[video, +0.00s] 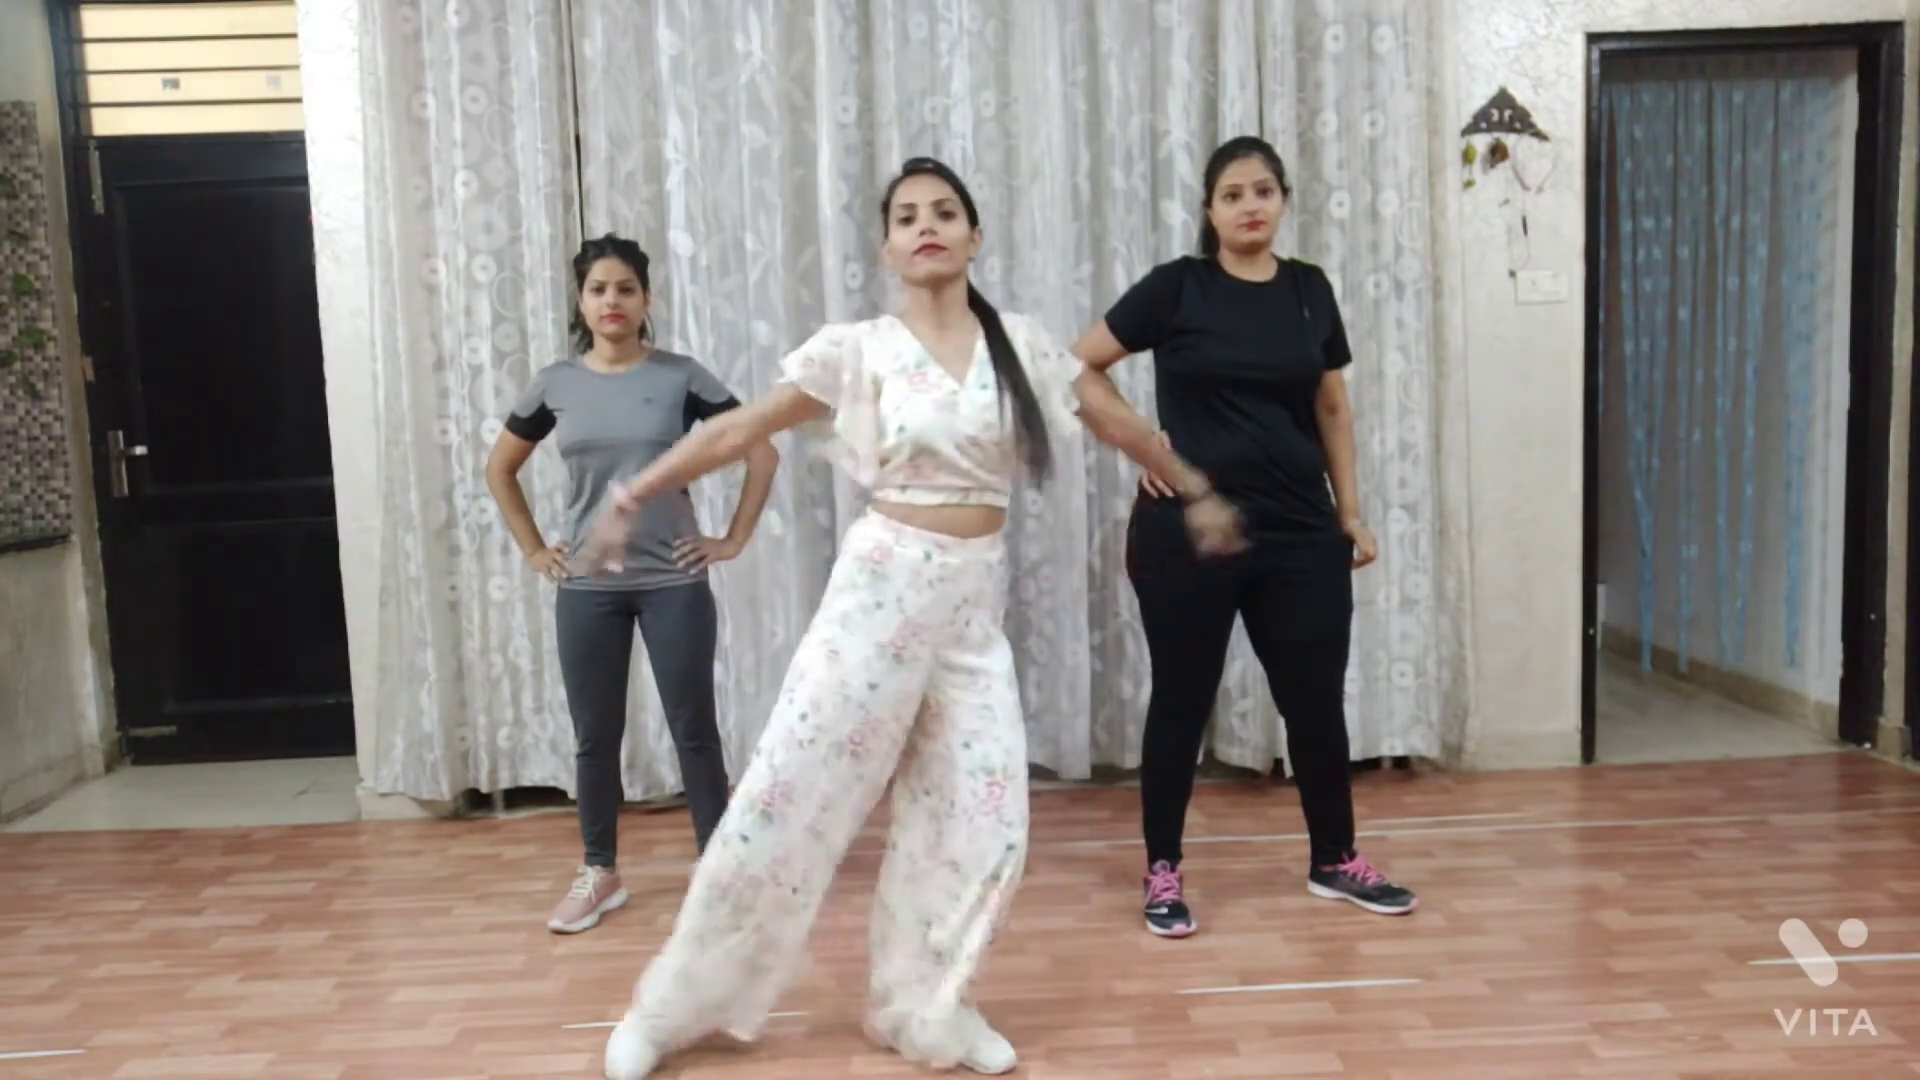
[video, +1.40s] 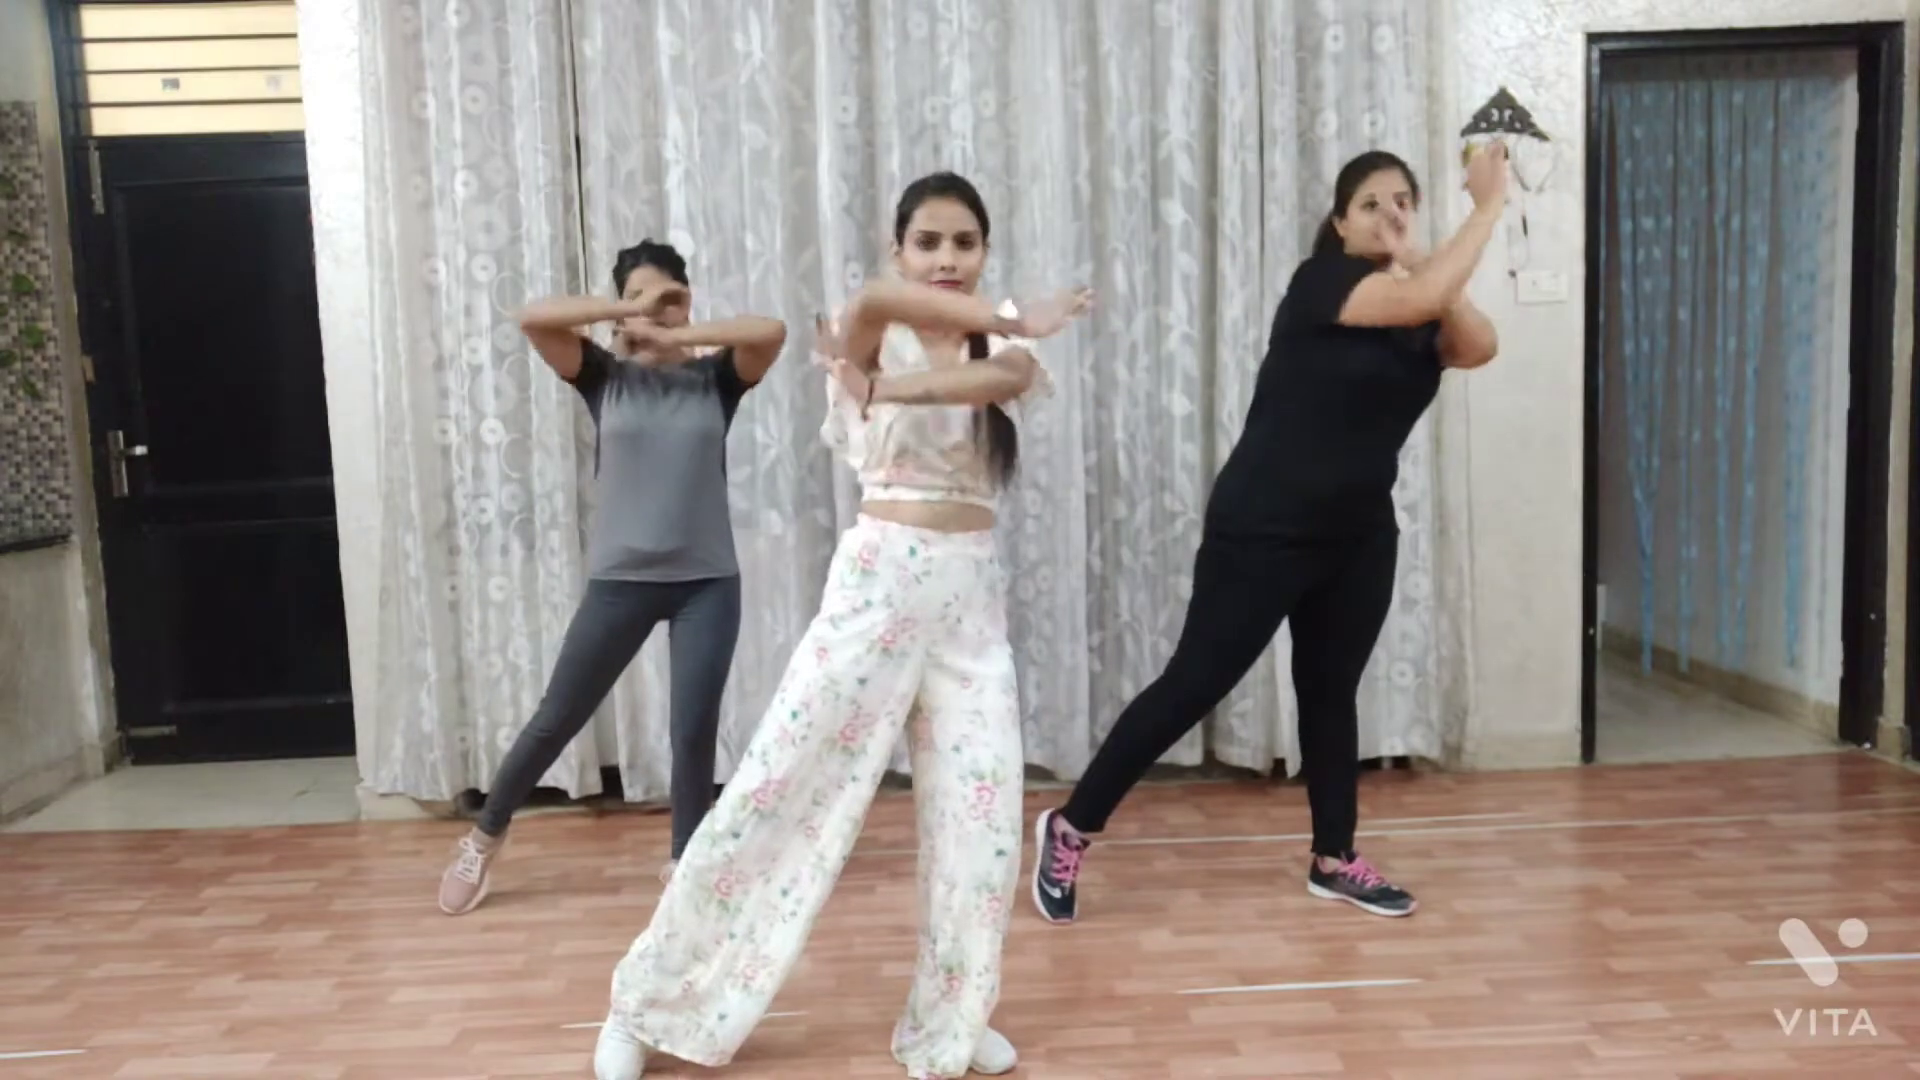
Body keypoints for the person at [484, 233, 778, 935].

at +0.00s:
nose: (612, 300)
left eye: (625, 288)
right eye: (598, 289)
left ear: (647, 299)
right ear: (580, 302)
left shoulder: (683, 379)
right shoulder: (555, 385)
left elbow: (764, 454)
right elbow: (499, 469)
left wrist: (735, 538)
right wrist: (535, 548)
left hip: (674, 580)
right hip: (587, 586)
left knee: (695, 733)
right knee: (595, 739)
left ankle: (719, 876)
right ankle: (599, 872)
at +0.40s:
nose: (621, 303)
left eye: (634, 290)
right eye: (608, 292)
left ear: (658, 297)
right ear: (591, 303)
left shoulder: (694, 379)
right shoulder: (569, 375)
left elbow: (752, 460)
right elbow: (473, 441)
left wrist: (806, 518)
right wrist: (473, 529)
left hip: (674, 574)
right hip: (589, 582)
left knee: (680, 732)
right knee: (595, 738)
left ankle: (687, 873)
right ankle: (599, 873)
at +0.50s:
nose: (629, 307)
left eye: (642, 293)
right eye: (616, 295)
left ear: (667, 299)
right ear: (601, 305)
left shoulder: (701, 377)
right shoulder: (583, 372)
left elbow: (757, 443)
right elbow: (521, 414)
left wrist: (826, 497)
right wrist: (470, 445)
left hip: (680, 578)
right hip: (596, 580)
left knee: (683, 733)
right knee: (587, 736)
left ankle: (687, 871)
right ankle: (597, 872)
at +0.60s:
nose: (632, 309)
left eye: (646, 295)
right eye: (620, 298)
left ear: (675, 302)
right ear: (606, 309)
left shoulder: (707, 379)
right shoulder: (600, 372)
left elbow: (750, 421)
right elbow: (565, 384)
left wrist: (807, 455)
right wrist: (524, 370)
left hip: (688, 580)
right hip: (605, 581)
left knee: (688, 726)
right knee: (567, 721)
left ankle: (685, 869)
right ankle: (579, 864)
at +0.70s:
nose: (640, 313)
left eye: (653, 299)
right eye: (627, 301)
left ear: (683, 303)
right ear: (610, 309)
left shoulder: (709, 371)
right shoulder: (598, 366)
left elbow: (729, 389)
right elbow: (600, 375)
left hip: (701, 579)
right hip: (616, 577)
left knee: (691, 736)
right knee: (556, 716)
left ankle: (687, 874)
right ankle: (509, 851)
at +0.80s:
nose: (644, 312)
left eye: (656, 299)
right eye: (631, 303)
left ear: (685, 302)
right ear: (616, 311)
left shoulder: (724, 372)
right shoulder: (604, 365)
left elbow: (697, 378)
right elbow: (621, 362)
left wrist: (648, 343)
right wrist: (723, 320)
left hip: (708, 574)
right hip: (623, 575)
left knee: (696, 734)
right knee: (549, 714)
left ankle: (687, 876)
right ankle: (471, 836)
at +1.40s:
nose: (662, 314)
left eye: (674, 302)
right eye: (647, 304)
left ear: (690, 308)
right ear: (622, 315)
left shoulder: (717, 380)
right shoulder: (604, 376)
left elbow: (771, 331)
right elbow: (535, 320)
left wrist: (674, 334)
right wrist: (621, 307)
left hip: (708, 581)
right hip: (621, 582)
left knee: (695, 735)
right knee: (553, 724)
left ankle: (690, 876)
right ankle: (482, 840)